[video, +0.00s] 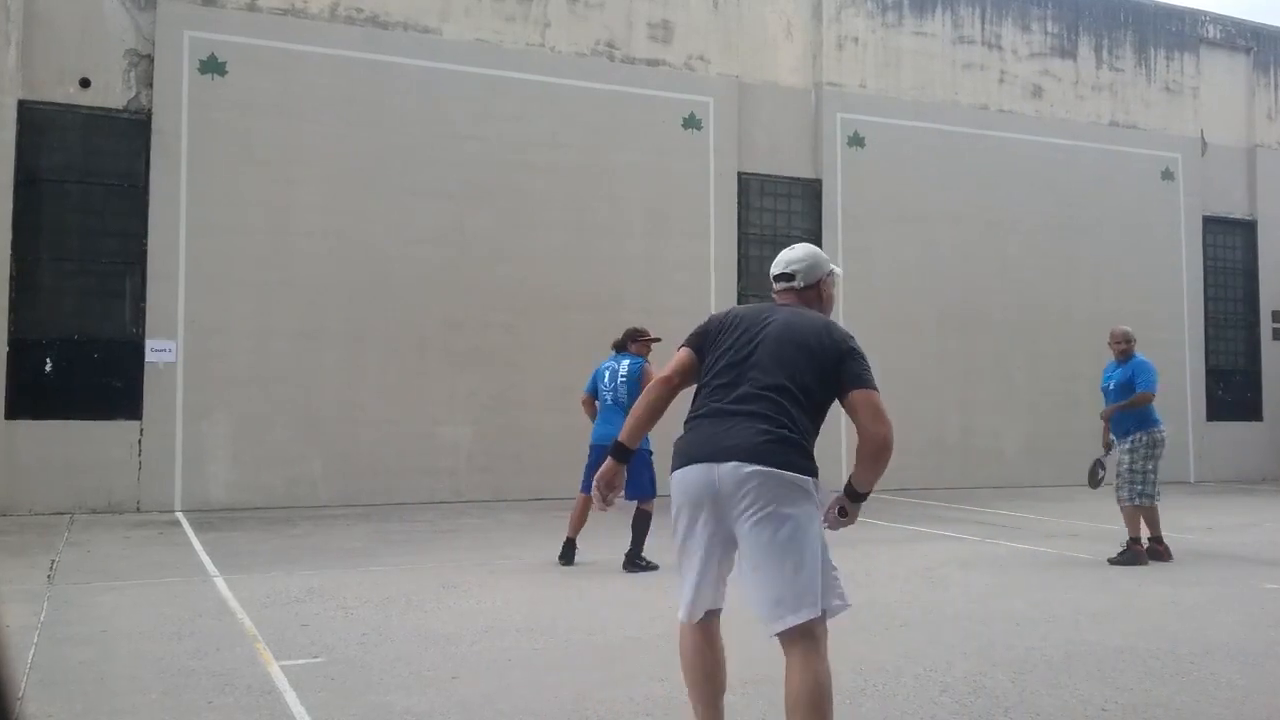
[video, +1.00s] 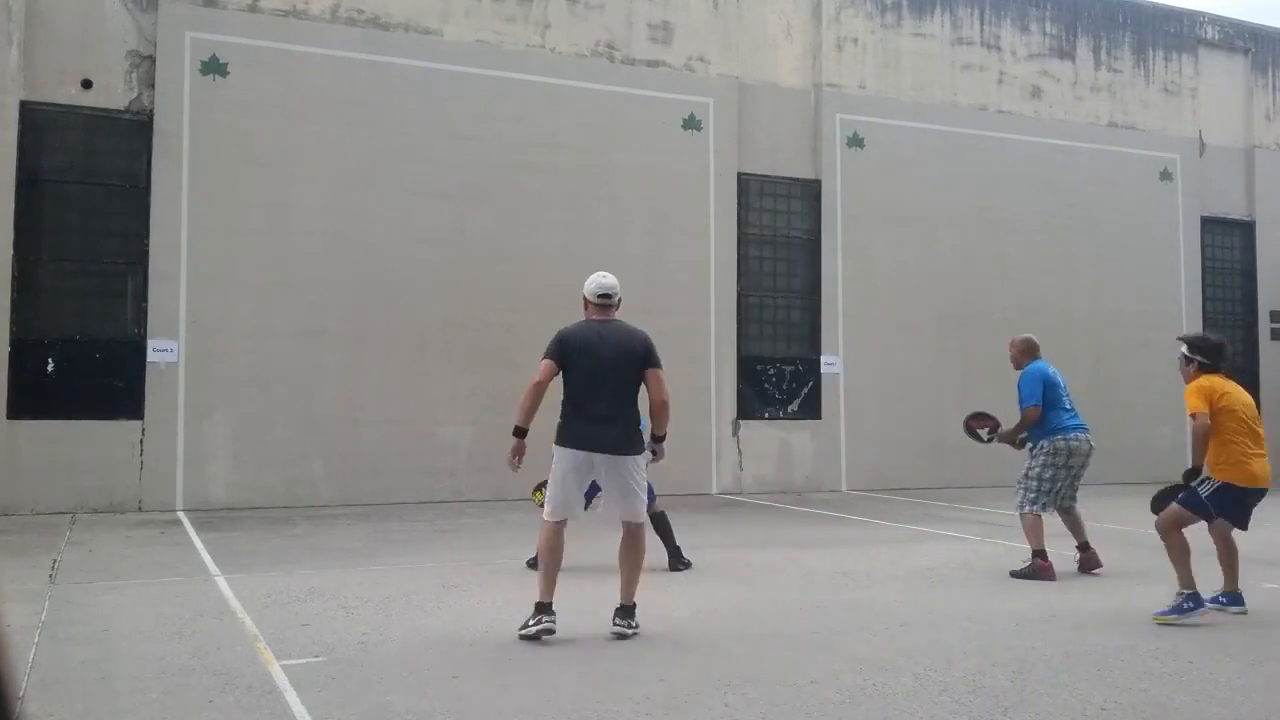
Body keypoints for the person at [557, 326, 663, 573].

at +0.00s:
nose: (650, 349)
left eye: (650, 345)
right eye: (646, 345)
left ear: (625, 346)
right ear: (632, 344)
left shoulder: (603, 367)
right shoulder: (642, 366)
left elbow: (587, 400)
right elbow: (651, 399)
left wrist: (601, 425)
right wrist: (644, 423)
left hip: (600, 440)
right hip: (633, 441)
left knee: (586, 492)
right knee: (646, 496)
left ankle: (568, 547)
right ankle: (634, 555)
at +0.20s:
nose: (639, 342)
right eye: (637, 339)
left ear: (611, 342)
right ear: (635, 342)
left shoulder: (594, 365)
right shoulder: (644, 362)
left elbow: (590, 407)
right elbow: (651, 400)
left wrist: (606, 425)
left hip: (599, 438)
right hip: (635, 439)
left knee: (577, 491)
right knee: (652, 493)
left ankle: (553, 544)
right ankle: (661, 552)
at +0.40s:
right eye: (635, 371)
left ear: (610, 372)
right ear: (634, 374)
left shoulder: (595, 393)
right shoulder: (642, 392)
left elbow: (584, 433)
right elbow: (648, 429)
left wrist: (601, 451)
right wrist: (658, 451)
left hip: (593, 461)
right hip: (629, 462)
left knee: (565, 507)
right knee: (658, 496)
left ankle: (543, 556)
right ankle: (665, 549)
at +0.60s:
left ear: (636, 389)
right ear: (656, 395)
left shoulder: (619, 403)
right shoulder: (657, 413)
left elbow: (582, 409)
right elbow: (653, 446)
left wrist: (558, 435)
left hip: (590, 462)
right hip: (627, 466)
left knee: (566, 508)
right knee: (658, 511)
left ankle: (544, 556)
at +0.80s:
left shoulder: (620, 403)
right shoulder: (658, 414)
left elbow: (593, 407)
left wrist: (568, 432)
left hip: (589, 459)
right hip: (629, 465)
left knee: (555, 500)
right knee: (654, 508)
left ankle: (542, 553)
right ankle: (675, 555)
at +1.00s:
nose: (594, 305)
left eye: (587, 300)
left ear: (585, 302)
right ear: (619, 304)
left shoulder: (567, 337)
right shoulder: (639, 340)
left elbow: (539, 382)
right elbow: (660, 398)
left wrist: (519, 434)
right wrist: (658, 439)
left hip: (573, 445)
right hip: (624, 447)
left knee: (553, 520)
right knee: (633, 524)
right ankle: (626, 611)